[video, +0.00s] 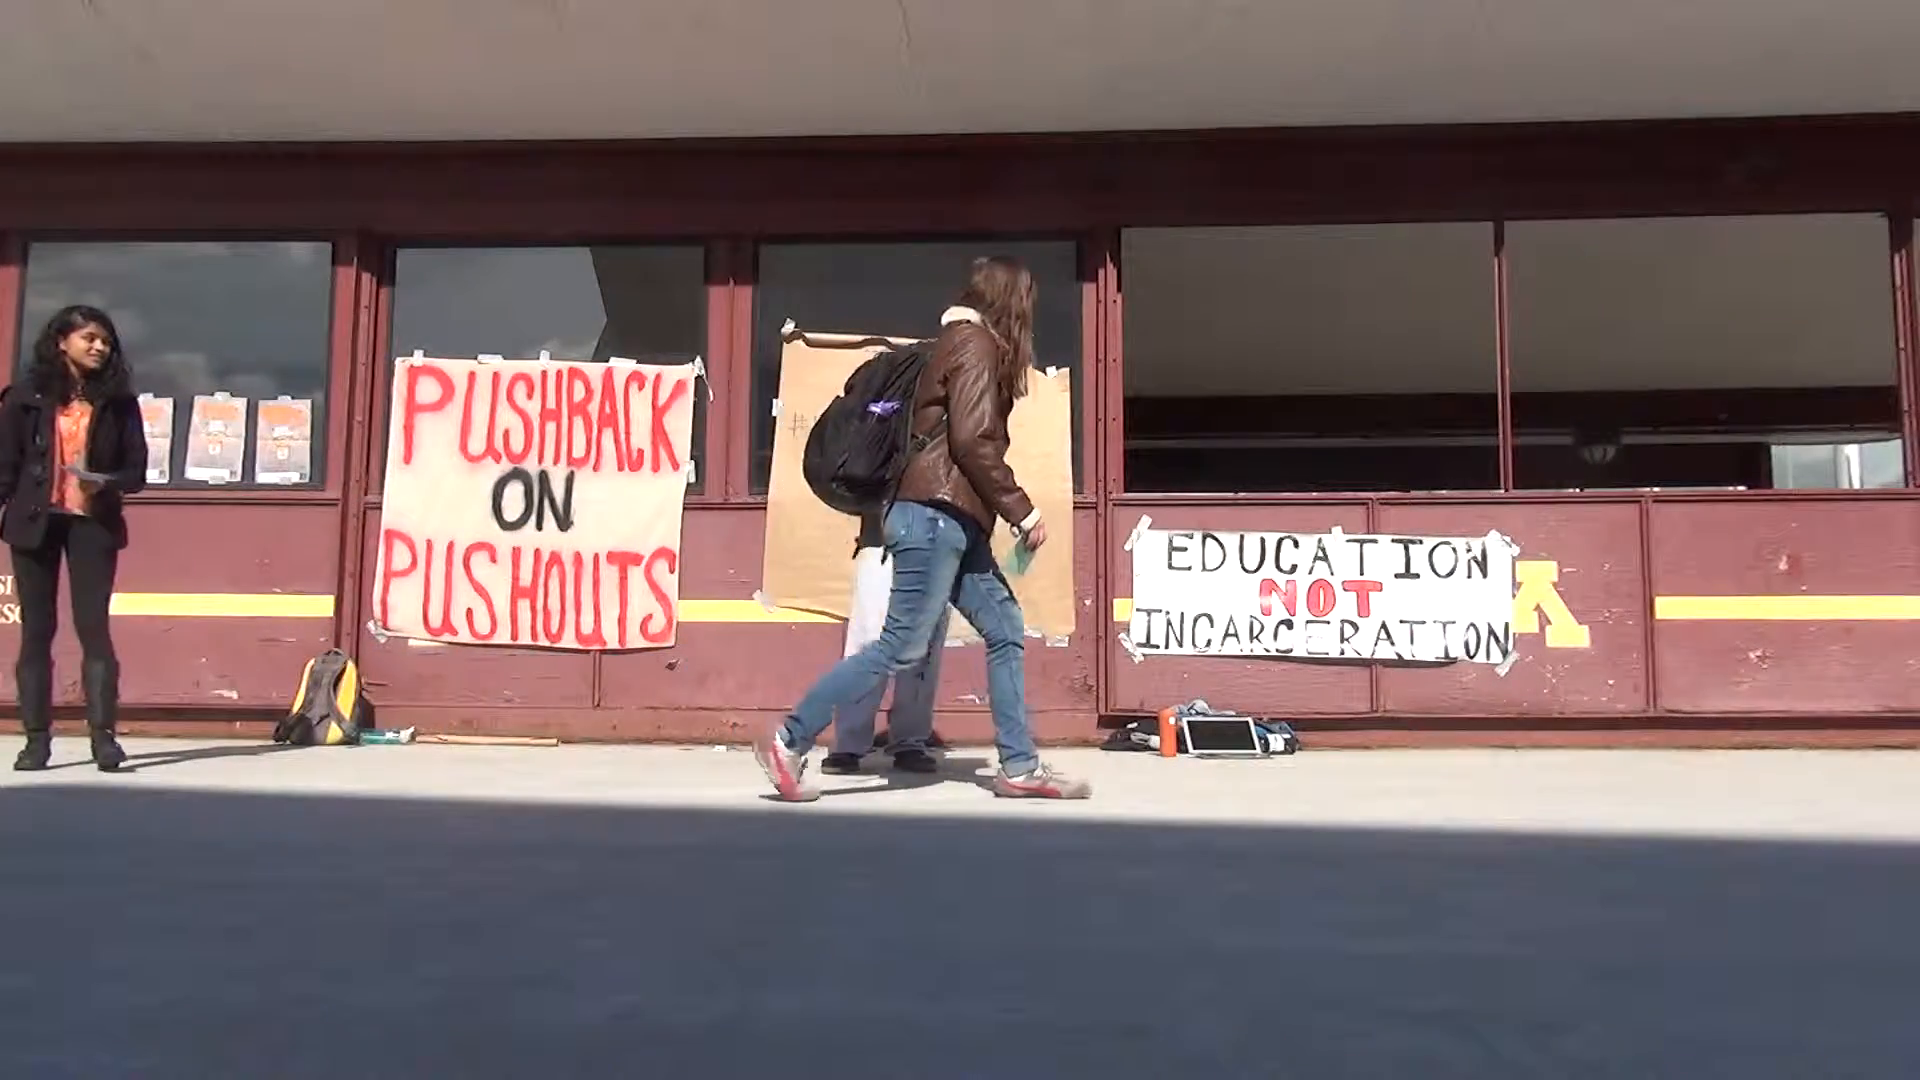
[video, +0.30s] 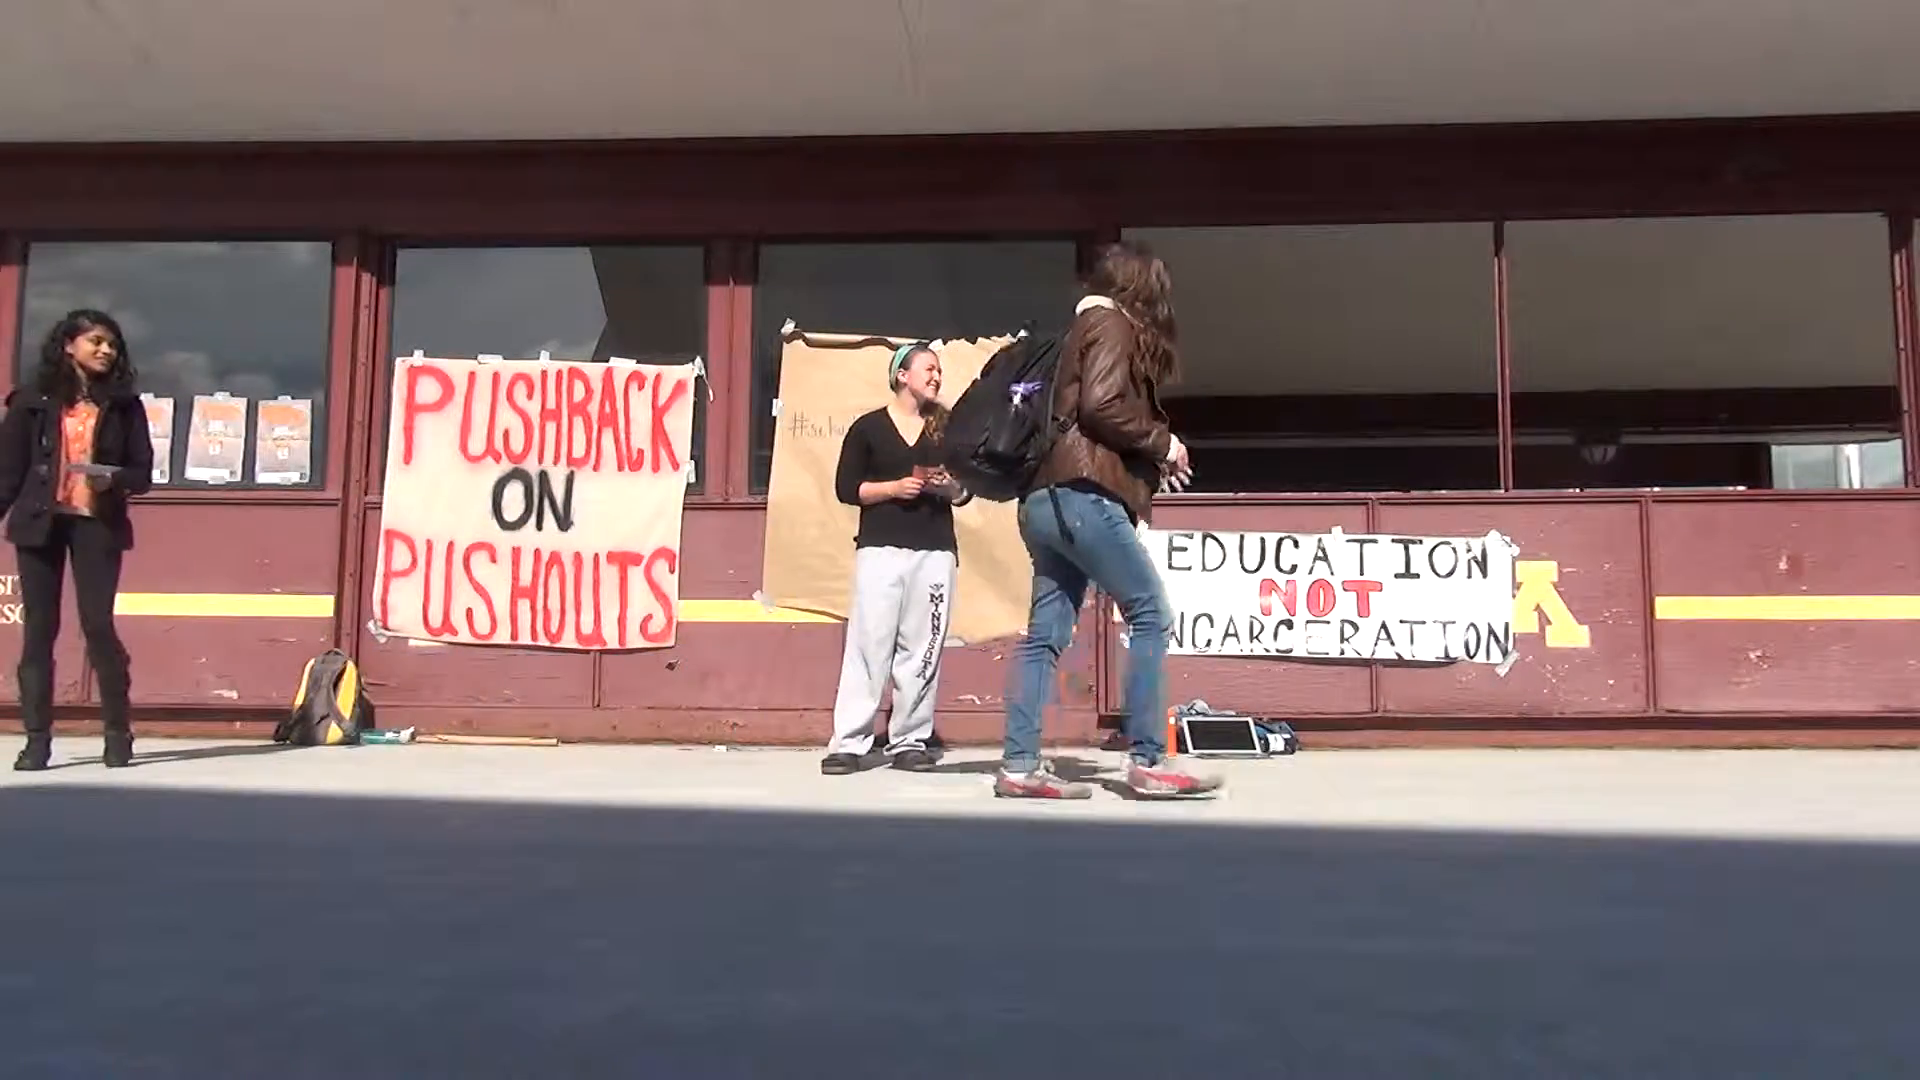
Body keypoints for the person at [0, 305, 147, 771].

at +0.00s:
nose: (98, 347)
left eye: (104, 340)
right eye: (88, 338)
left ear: (111, 349)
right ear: (61, 341)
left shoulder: (118, 400)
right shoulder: (25, 395)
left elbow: (136, 472)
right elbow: (10, 462)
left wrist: (107, 482)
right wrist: (10, 508)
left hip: (92, 524)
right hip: (33, 521)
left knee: (93, 625)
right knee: (37, 628)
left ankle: (104, 737)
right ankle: (36, 739)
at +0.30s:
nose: (105, 350)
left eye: (111, 344)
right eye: (95, 341)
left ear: (117, 353)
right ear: (67, 345)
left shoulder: (124, 403)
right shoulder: (32, 399)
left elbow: (142, 475)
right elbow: (11, 467)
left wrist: (114, 476)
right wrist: (10, 510)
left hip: (96, 525)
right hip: (38, 522)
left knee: (97, 625)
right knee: (38, 628)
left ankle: (117, 730)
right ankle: (36, 738)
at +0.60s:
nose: (124, 357)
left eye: (131, 351)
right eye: (114, 348)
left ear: (136, 360)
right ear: (88, 351)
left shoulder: (146, 411)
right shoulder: (55, 404)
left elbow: (164, 479)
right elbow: (32, 474)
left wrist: (143, 480)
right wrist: (7, 517)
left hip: (121, 528)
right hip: (64, 524)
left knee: (118, 627)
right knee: (56, 628)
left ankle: (126, 734)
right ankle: (40, 737)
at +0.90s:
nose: (141, 365)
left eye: (148, 359)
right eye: (132, 356)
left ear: (154, 366)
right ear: (107, 359)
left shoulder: (165, 415)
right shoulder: (79, 410)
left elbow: (184, 483)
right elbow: (53, 474)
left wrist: (173, 485)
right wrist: (78, 482)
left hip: (146, 531)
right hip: (93, 528)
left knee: (135, 630)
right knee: (72, 629)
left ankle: (127, 736)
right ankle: (40, 739)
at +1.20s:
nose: (151, 371)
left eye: (158, 365)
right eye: (143, 362)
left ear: (165, 371)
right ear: (120, 363)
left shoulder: (173, 417)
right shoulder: (89, 413)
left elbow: (192, 483)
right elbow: (72, 481)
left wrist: (184, 487)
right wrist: (120, 482)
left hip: (156, 533)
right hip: (104, 529)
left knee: (139, 629)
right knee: (82, 627)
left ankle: (127, 735)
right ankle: (43, 735)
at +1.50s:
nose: (154, 372)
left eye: (161, 366)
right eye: (145, 363)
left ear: (167, 372)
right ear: (123, 365)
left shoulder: (175, 417)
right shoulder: (92, 410)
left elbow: (192, 484)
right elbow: (72, 481)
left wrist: (177, 489)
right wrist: (119, 483)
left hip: (155, 533)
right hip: (103, 529)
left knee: (137, 629)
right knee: (79, 628)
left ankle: (126, 738)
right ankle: (42, 737)